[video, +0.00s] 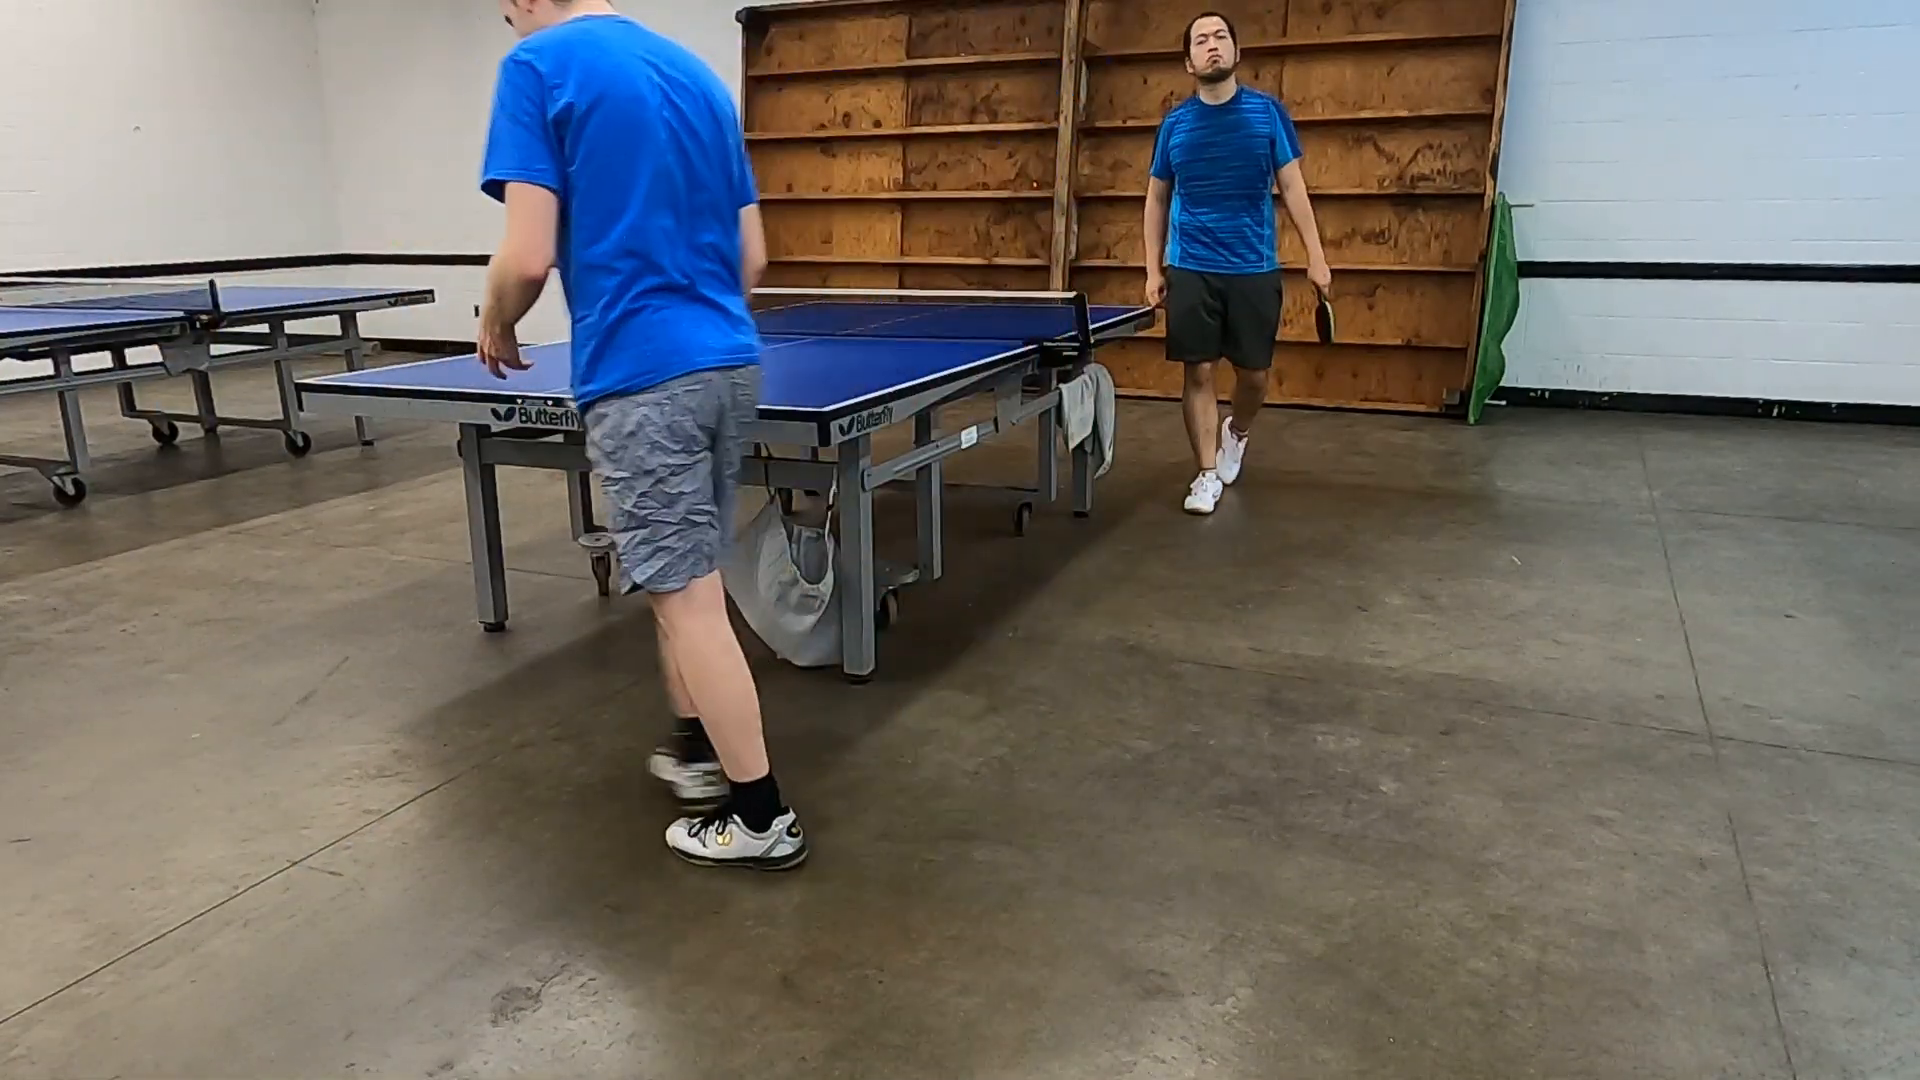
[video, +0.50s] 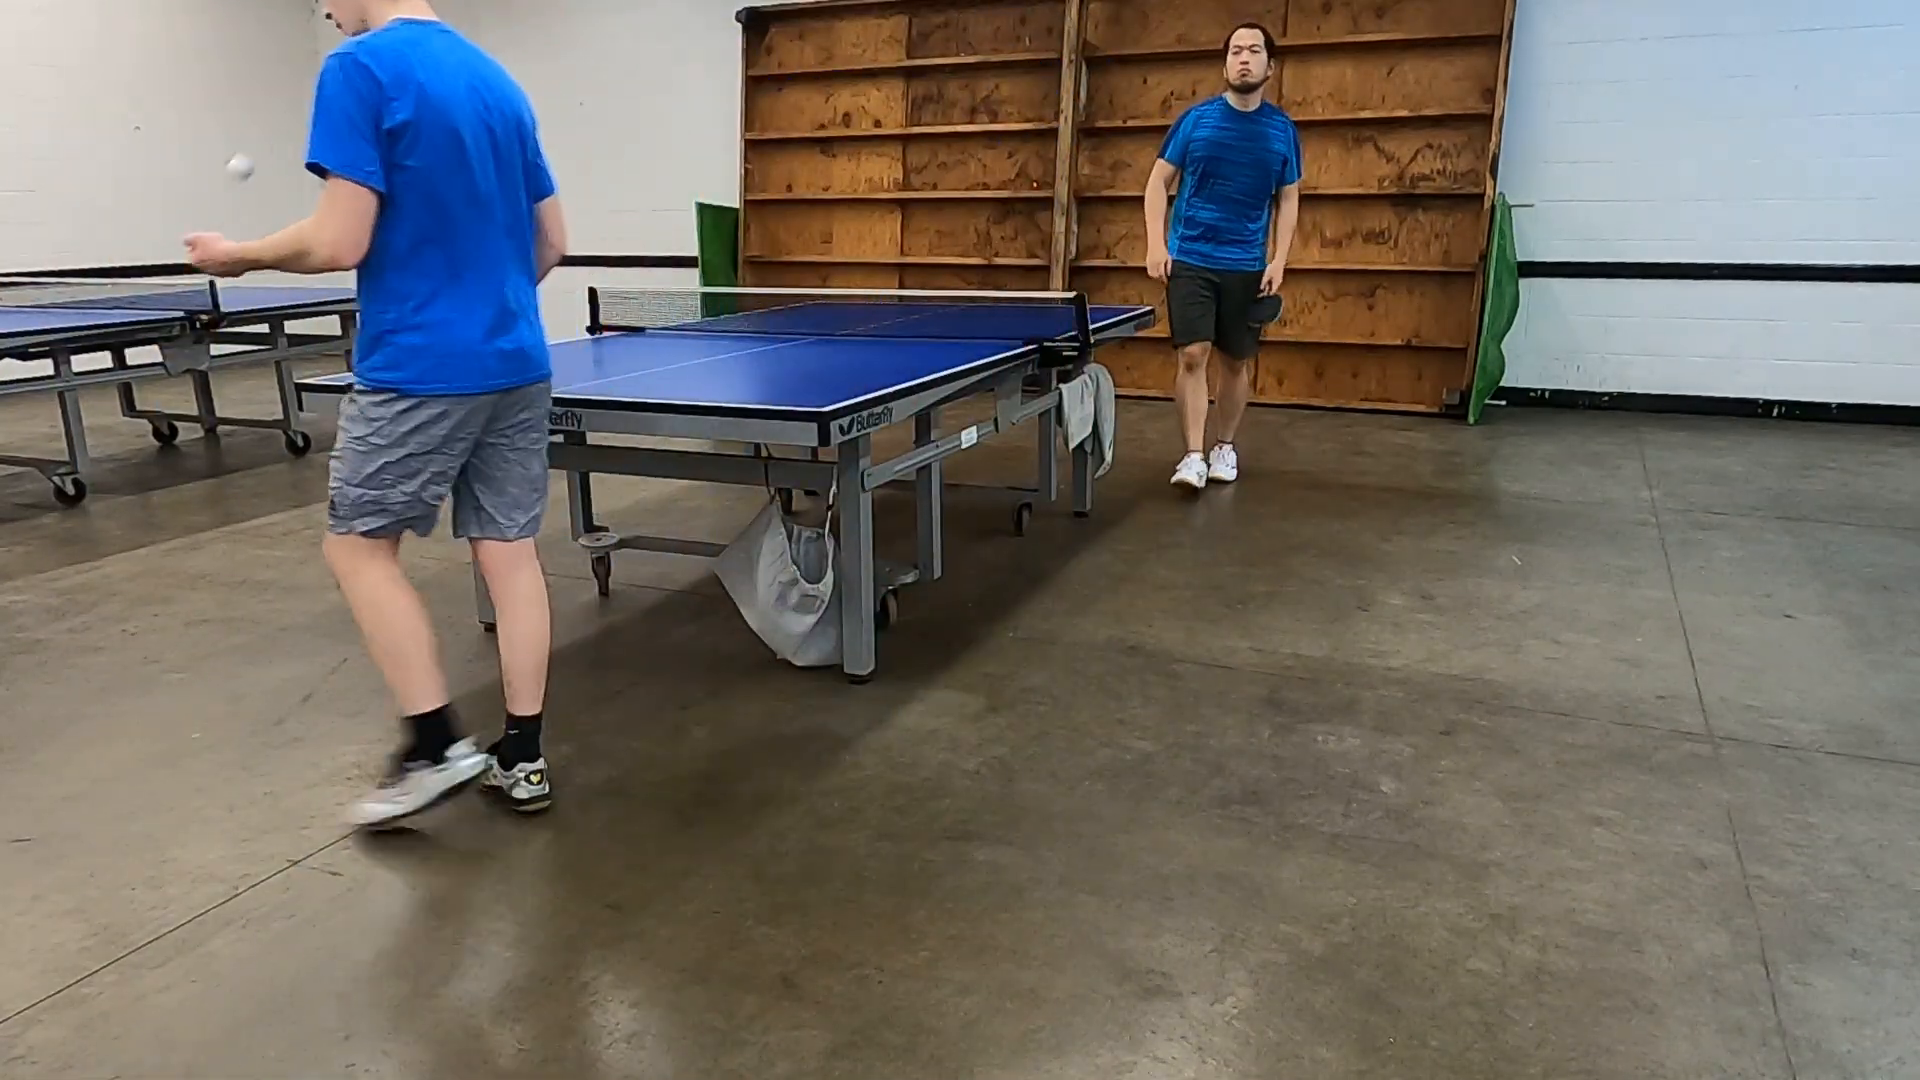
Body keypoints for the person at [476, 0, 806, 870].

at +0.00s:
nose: (512, 29)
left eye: (508, 20)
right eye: (509, 21)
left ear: (528, 6)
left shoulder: (538, 60)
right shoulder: (697, 74)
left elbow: (528, 260)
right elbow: (750, 258)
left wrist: (496, 323)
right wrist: (698, 321)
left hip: (641, 372)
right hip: (734, 359)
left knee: (692, 599)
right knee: (682, 571)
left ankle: (763, 814)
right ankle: (700, 747)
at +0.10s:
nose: (477, 29)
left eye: (474, 19)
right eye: (474, 20)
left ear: (493, 7)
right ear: (566, 2)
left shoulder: (502, 69)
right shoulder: (657, 81)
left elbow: (493, 263)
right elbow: (704, 260)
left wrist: (459, 322)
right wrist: (619, 300)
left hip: (596, 379)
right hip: (683, 364)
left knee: (667, 594)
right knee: (619, 574)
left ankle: (759, 808)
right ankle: (576, 744)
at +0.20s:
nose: (440, 26)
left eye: (437, 16)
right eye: (436, 17)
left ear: (460, 6)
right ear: (529, 4)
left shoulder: (468, 78)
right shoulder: (614, 91)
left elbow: (462, 261)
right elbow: (666, 263)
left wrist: (406, 306)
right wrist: (586, 311)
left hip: (546, 389)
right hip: (625, 375)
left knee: (605, 596)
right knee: (564, 574)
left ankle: (737, 789)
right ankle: (526, 760)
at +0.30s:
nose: (406, 24)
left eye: (405, 10)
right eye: (405, 11)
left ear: (430, 4)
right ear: (489, 3)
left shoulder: (431, 74)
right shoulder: (572, 91)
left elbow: (426, 251)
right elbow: (622, 263)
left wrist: (344, 281)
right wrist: (553, 314)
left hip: (498, 385)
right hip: (585, 373)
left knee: (483, 589)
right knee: (543, 559)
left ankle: (659, 731)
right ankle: (523, 761)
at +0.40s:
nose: (363, 15)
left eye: (364, 7)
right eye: (361, 9)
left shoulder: (399, 66)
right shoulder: (533, 84)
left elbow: (381, 241)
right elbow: (584, 245)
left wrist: (289, 254)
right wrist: (515, 311)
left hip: (458, 372)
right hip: (548, 363)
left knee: (404, 559)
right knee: (522, 551)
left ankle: (553, 707)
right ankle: (529, 744)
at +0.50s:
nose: (327, 12)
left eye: (327, 1)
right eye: (327, 4)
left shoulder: (358, 67)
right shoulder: (493, 76)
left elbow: (340, 240)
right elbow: (549, 243)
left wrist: (240, 254)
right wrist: (469, 287)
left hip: (419, 365)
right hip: (519, 359)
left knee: (359, 544)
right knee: (509, 548)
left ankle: (435, 744)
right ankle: (525, 758)